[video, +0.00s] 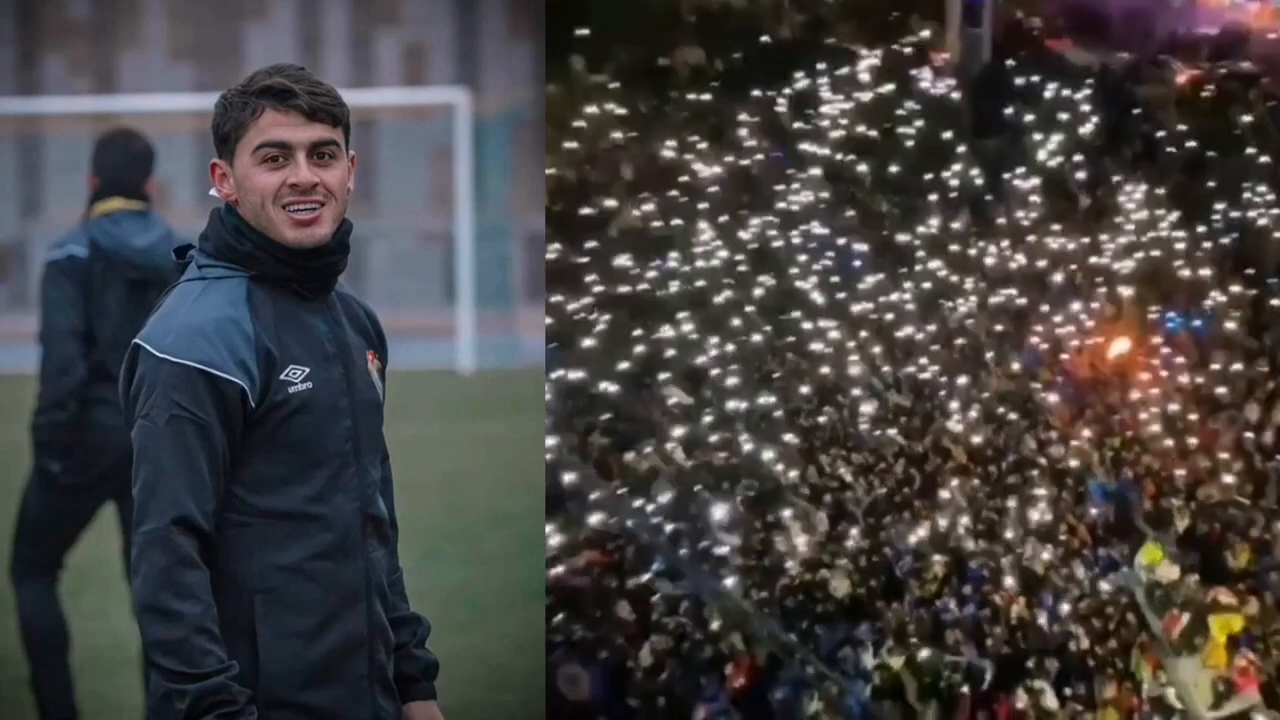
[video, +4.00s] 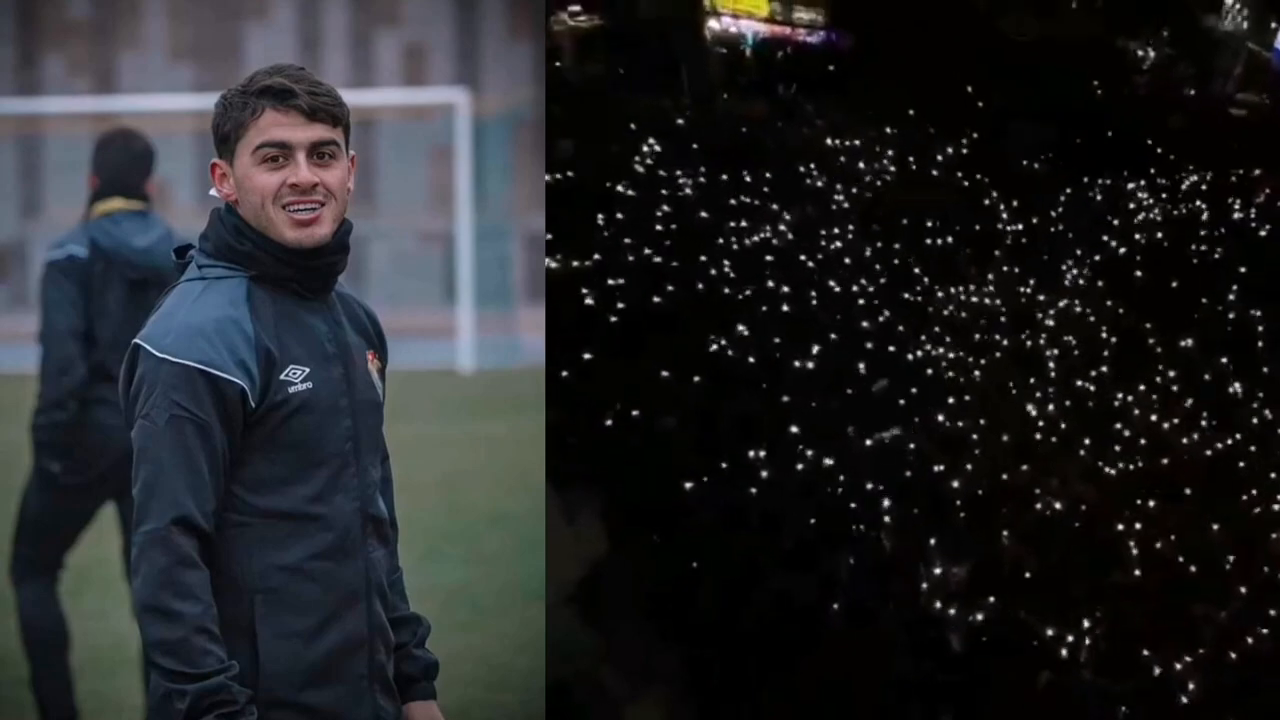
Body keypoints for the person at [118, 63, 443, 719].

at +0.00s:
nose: (304, 178)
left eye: (322, 155)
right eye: (274, 158)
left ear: (350, 171)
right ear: (226, 182)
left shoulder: (356, 323)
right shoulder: (195, 334)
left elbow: (372, 525)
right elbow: (164, 550)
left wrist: (414, 685)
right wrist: (213, 705)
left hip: (365, 690)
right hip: (259, 691)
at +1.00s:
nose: (304, 178)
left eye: (322, 155)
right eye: (274, 158)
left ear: (350, 171)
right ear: (226, 182)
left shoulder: (356, 323)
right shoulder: (195, 334)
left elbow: (372, 525)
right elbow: (164, 550)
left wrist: (414, 684)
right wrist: (213, 705)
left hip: (365, 690)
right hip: (259, 691)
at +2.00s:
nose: (305, 178)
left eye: (322, 155)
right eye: (274, 158)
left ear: (349, 171)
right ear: (226, 182)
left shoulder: (356, 323)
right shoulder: (195, 334)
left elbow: (372, 525)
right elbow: (164, 550)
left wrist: (414, 684)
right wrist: (213, 705)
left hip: (366, 690)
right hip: (260, 691)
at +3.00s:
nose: (305, 178)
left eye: (322, 155)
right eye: (274, 158)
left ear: (349, 171)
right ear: (226, 182)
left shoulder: (356, 323)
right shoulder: (195, 334)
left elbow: (372, 525)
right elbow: (164, 550)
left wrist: (414, 684)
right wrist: (213, 705)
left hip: (365, 690)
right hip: (260, 691)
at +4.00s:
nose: (305, 178)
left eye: (322, 155)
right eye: (274, 158)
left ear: (349, 171)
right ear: (226, 182)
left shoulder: (356, 323)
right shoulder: (195, 335)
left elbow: (373, 525)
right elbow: (164, 550)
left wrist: (414, 685)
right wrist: (213, 705)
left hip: (366, 691)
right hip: (260, 692)